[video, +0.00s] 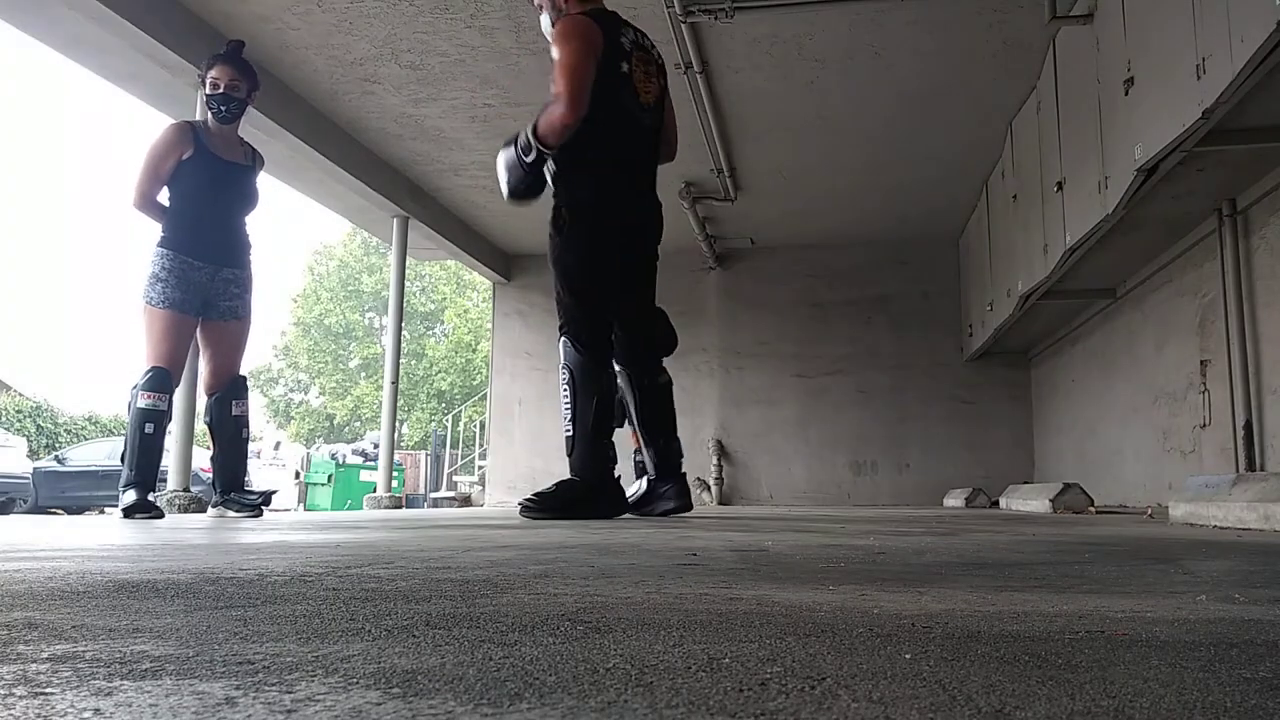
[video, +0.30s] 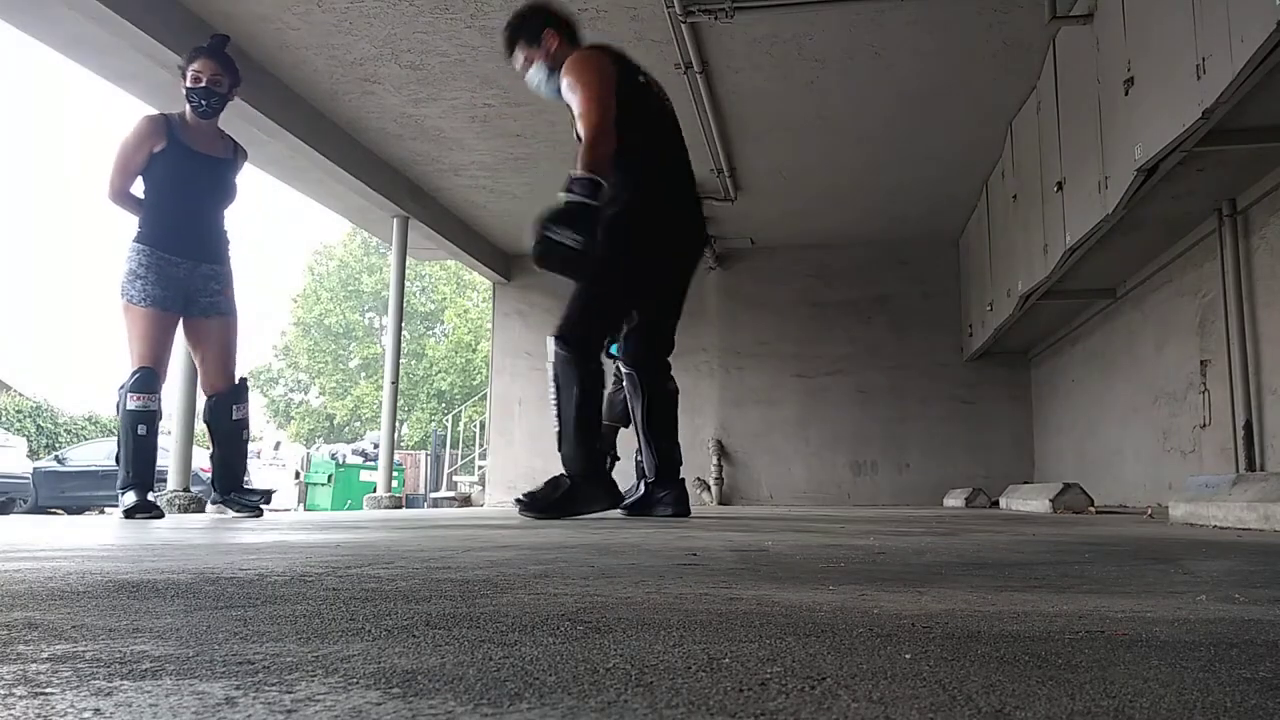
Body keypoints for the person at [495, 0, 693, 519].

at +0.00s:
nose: (538, 11)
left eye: (539, 4)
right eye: (536, 6)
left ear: (559, 0)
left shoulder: (573, 27)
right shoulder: (641, 41)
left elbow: (566, 111)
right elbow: (665, 145)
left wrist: (526, 151)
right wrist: (593, 153)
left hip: (587, 212)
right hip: (639, 212)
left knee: (583, 344)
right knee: (638, 344)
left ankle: (591, 481)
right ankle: (664, 479)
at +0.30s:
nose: (529, 78)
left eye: (526, 64)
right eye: (523, 72)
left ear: (552, 41)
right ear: (555, 44)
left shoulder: (584, 63)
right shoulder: (626, 73)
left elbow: (597, 132)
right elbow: (652, 165)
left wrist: (577, 204)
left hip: (641, 223)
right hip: (680, 226)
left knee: (574, 341)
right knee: (643, 352)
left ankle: (584, 478)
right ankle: (662, 485)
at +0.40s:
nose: (512, 116)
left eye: (510, 104)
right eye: (506, 112)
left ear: (531, 80)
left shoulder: (568, 97)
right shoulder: (596, 99)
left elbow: (593, 161)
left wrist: (593, 242)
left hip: (665, 232)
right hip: (696, 232)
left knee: (597, 345)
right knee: (649, 357)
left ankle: (589, 481)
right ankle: (663, 484)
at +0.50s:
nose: (507, 168)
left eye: (502, 155)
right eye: (500, 164)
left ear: (517, 127)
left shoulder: (562, 134)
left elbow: (593, 201)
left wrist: (602, 276)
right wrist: (587, 299)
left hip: (676, 235)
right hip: (713, 236)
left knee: (608, 333)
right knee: (654, 351)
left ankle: (591, 480)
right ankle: (661, 484)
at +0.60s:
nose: (504, 204)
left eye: (498, 192)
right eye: (495, 202)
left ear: (510, 162)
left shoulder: (560, 163)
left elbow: (598, 236)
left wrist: (607, 308)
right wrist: (590, 327)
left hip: (695, 239)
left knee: (608, 338)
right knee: (649, 351)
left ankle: (590, 483)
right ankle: (662, 486)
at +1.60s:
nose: (495, 132)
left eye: (493, 117)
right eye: (488, 124)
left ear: (519, 96)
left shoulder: (561, 115)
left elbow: (603, 179)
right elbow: (625, 211)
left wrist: (570, 249)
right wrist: (602, 267)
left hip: (675, 232)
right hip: (694, 232)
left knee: (601, 348)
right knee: (646, 353)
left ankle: (590, 482)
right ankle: (670, 481)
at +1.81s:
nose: (531, 80)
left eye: (533, 66)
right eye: (526, 73)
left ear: (564, 51)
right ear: (560, 57)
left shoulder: (598, 80)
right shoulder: (595, 94)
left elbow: (641, 140)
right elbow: (639, 161)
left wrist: (596, 206)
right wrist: (597, 217)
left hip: (672, 228)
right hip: (679, 229)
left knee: (609, 345)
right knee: (647, 352)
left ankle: (592, 479)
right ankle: (670, 481)